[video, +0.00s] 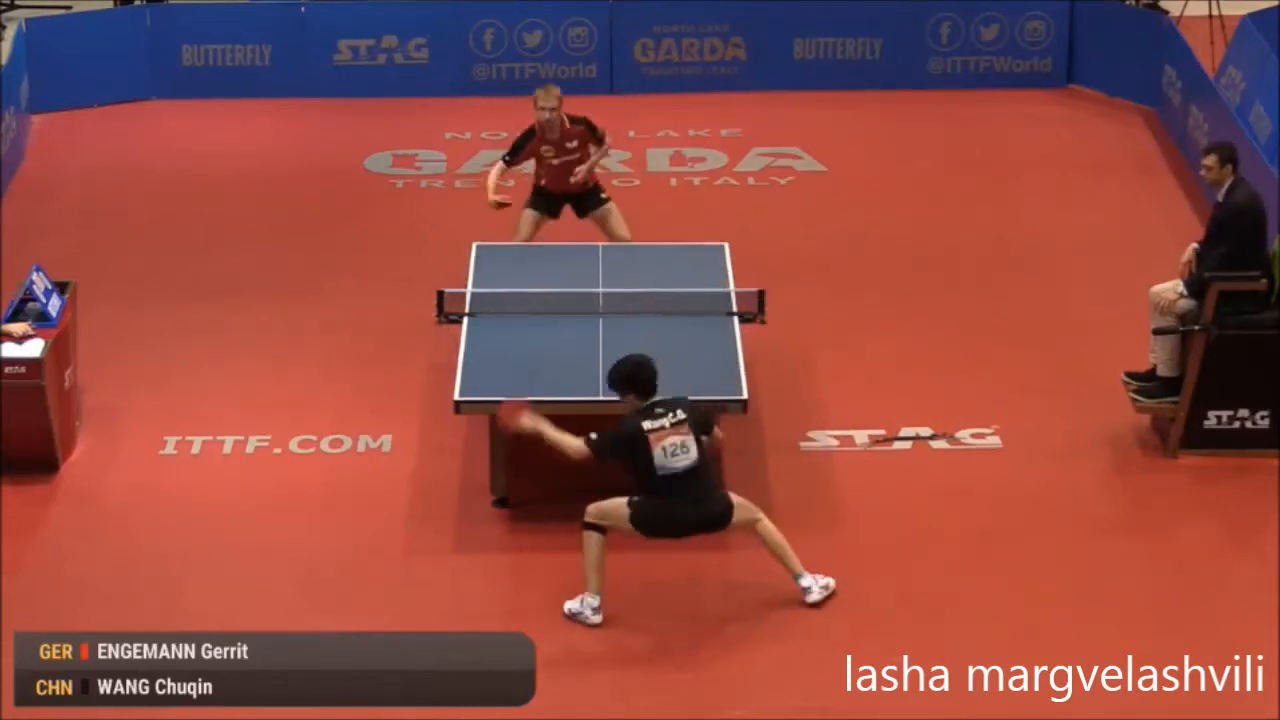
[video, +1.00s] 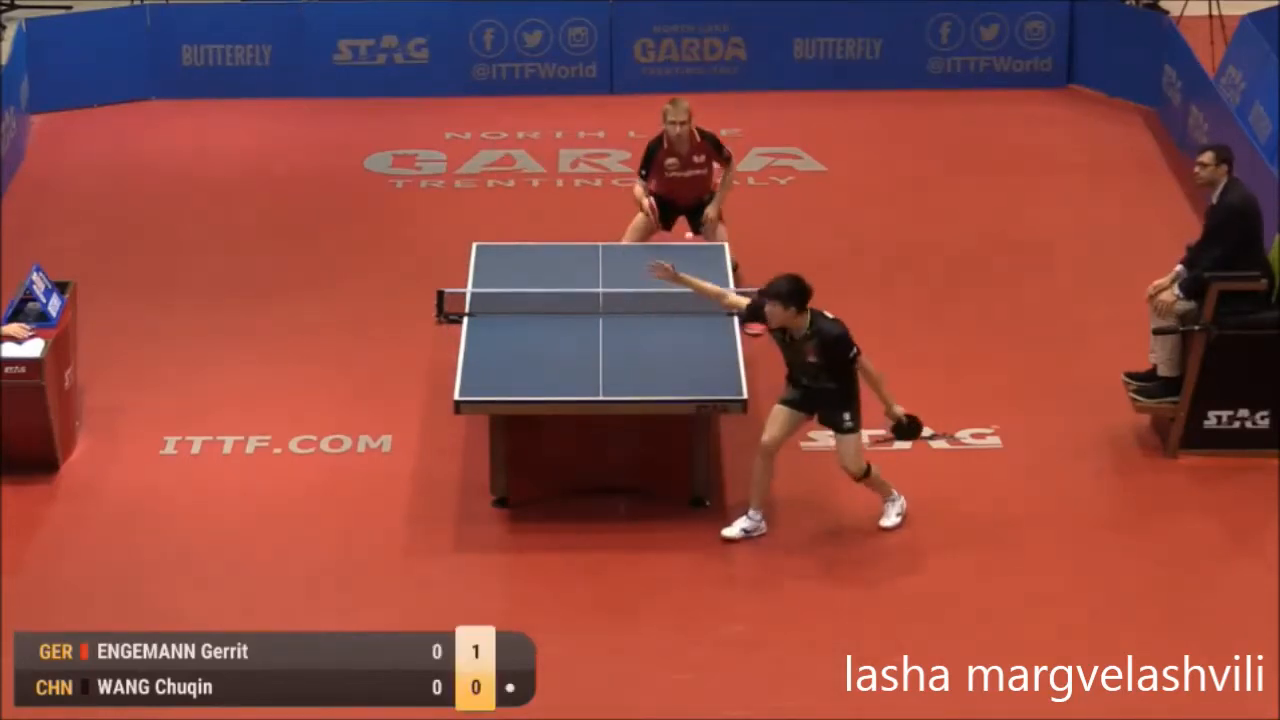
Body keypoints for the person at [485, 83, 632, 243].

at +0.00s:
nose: (548, 116)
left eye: (553, 110)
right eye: (543, 110)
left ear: (561, 108)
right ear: (535, 110)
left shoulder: (582, 126)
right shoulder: (532, 136)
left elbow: (603, 145)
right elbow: (499, 168)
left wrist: (589, 166)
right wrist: (491, 194)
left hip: (584, 188)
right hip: (547, 191)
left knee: (623, 240)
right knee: (520, 242)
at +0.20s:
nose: (591, 120)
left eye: (596, 115)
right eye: (586, 115)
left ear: (604, 111)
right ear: (578, 112)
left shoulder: (618, 125)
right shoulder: (572, 135)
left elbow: (641, 158)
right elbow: (542, 176)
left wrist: (616, 165)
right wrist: (565, 202)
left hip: (621, 184)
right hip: (586, 188)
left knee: (665, 235)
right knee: (560, 244)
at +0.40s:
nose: (637, 104)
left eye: (642, 98)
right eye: (632, 99)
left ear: (650, 96)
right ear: (625, 97)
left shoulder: (667, 107)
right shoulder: (623, 121)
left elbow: (707, 129)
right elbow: (605, 162)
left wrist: (678, 134)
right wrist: (623, 169)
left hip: (680, 178)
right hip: (644, 182)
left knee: (715, 228)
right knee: (613, 235)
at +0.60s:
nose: (693, 62)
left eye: (698, 57)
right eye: (689, 56)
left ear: (705, 56)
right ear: (681, 54)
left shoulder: (719, 78)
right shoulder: (672, 83)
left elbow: (731, 100)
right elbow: (652, 130)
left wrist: (732, 128)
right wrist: (669, 162)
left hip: (716, 151)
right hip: (680, 155)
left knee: (740, 208)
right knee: (666, 216)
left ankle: (740, 264)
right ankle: (664, 259)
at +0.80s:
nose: (670, 151)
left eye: (675, 145)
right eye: (665, 145)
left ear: (684, 143)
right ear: (657, 144)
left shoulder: (701, 156)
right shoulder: (649, 162)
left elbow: (724, 177)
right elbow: (638, 200)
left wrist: (722, 218)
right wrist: (644, 217)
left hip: (700, 209)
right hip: (661, 209)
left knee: (730, 256)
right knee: (620, 249)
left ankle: (740, 299)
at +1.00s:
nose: (678, 130)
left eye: (683, 124)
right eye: (672, 124)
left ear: (690, 122)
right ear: (664, 124)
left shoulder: (707, 141)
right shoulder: (656, 146)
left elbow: (728, 165)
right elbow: (640, 182)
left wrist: (716, 204)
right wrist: (643, 200)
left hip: (700, 202)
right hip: (663, 203)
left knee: (724, 256)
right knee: (625, 249)